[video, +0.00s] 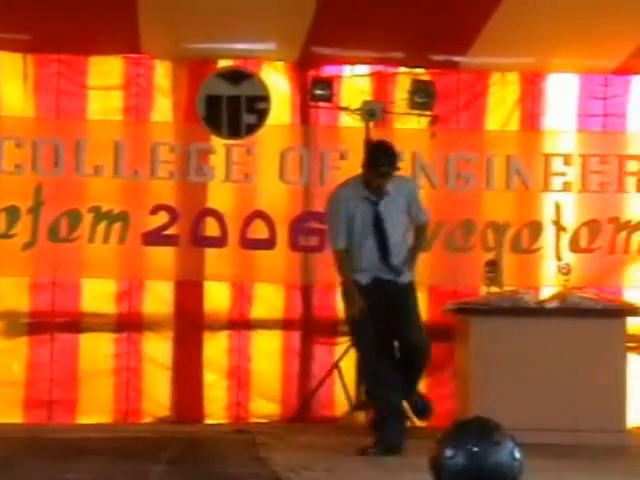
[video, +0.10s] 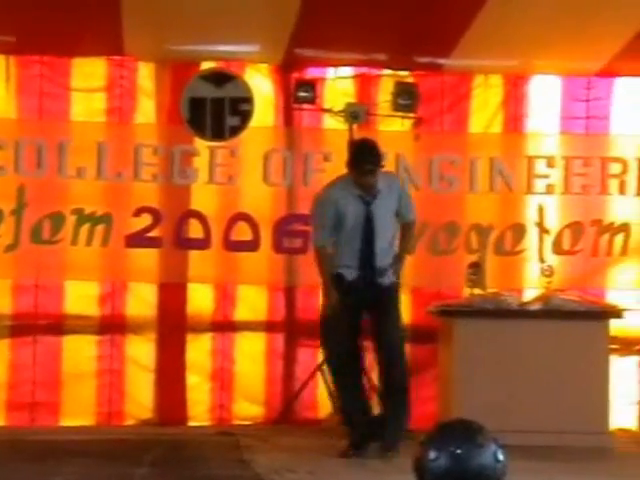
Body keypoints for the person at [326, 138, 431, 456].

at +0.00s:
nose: (382, 182)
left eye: (387, 175)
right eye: (377, 175)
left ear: (394, 172)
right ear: (364, 170)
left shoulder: (405, 190)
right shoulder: (343, 198)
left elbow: (421, 224)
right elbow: (339, 249)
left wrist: (413, 253)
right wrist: (350, 291)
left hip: (400, 284)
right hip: (364, 285)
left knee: (416, 345)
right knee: (374, 360)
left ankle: (406, 388)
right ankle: (389, 433)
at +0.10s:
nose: (370, 180)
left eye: (374, 173)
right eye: (363, 174)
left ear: (381, 168)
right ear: (351, 170)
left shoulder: (394, 188)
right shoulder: (331, 197)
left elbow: (408, 221)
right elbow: (322, 246)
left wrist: (401, 255)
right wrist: (330, 287)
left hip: (384, 282)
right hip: (345, 283)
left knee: (392, 356)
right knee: (342, 357)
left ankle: (393, 430)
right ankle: (358, 428)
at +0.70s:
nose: (348, 182)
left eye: (354, 175)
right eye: (342, 175)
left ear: (361, 172)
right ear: (330, 170)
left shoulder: (369, 199)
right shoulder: (305, 196)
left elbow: (372, 239)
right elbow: (287, 240)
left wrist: (365, 280)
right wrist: (299, 283)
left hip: (353, 294)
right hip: (313, 294)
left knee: (361, 366)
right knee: (309, 371)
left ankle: (343, 433)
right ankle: (335, 425)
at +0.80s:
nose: (348, 185)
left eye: (353, 178)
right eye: (342, 178)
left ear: (361, 175)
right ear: (329, 173)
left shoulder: (371, 202)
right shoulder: (304, 198)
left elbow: (374, 244)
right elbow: (283, 241)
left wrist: (362, 283)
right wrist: (290, 281)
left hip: (344, 299)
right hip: (304, 294)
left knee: (339, 374)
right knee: (280, 353)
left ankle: (327, 443)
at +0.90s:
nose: (345, 184)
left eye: (351, 178)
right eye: (340, 177)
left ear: (359, 174)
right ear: (328, 170)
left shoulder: (371, 198)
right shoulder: (304, 195)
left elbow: (377, 243)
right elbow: (286, 242)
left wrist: (362, 285)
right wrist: (286, 284)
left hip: (343, 296)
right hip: (303, 291)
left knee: (331, 373)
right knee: (274, 361)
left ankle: (319, 441)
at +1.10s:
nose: (346, 181)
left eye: (352, 174)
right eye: (340, 174)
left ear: (359, 171)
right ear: (328, 167)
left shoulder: (370, 193)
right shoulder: (301, 192)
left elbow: (381, 234)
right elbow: (285, 236)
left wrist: (363, 279)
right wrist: (293, 276)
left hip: (346, 291)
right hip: (307, 288)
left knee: (342, 367)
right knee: (304, 364)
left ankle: (330, 439)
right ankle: (307, 436)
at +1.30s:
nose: (341, 181)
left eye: (346, 174)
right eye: (335, 174)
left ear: (352, 171)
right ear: (320, 168)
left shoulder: (357, 198)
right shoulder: (293, 195)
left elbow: (360, 239)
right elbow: (270, 236)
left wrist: (351, 278)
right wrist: (290, 279)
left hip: (339, 297)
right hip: (301, 295)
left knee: (337, 368)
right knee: (305, 369)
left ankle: (312, 434)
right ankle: (322, 442)